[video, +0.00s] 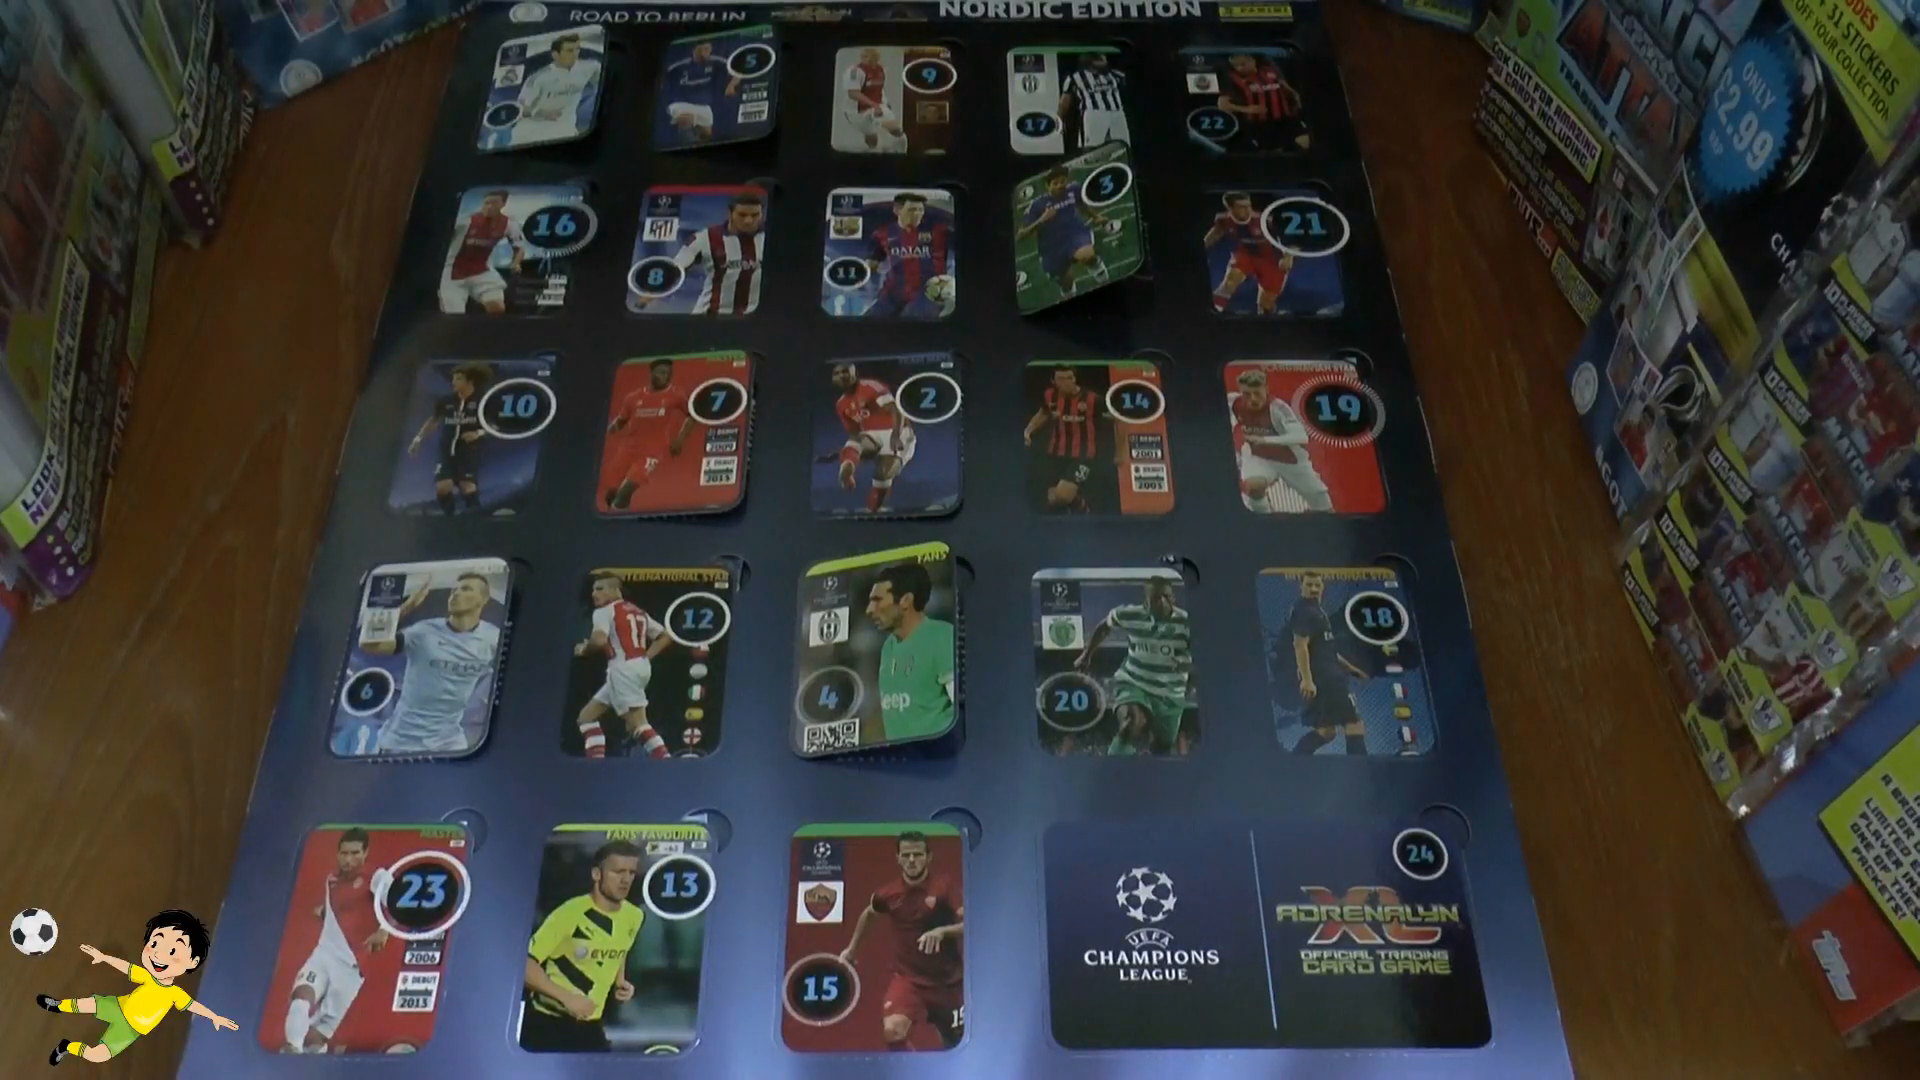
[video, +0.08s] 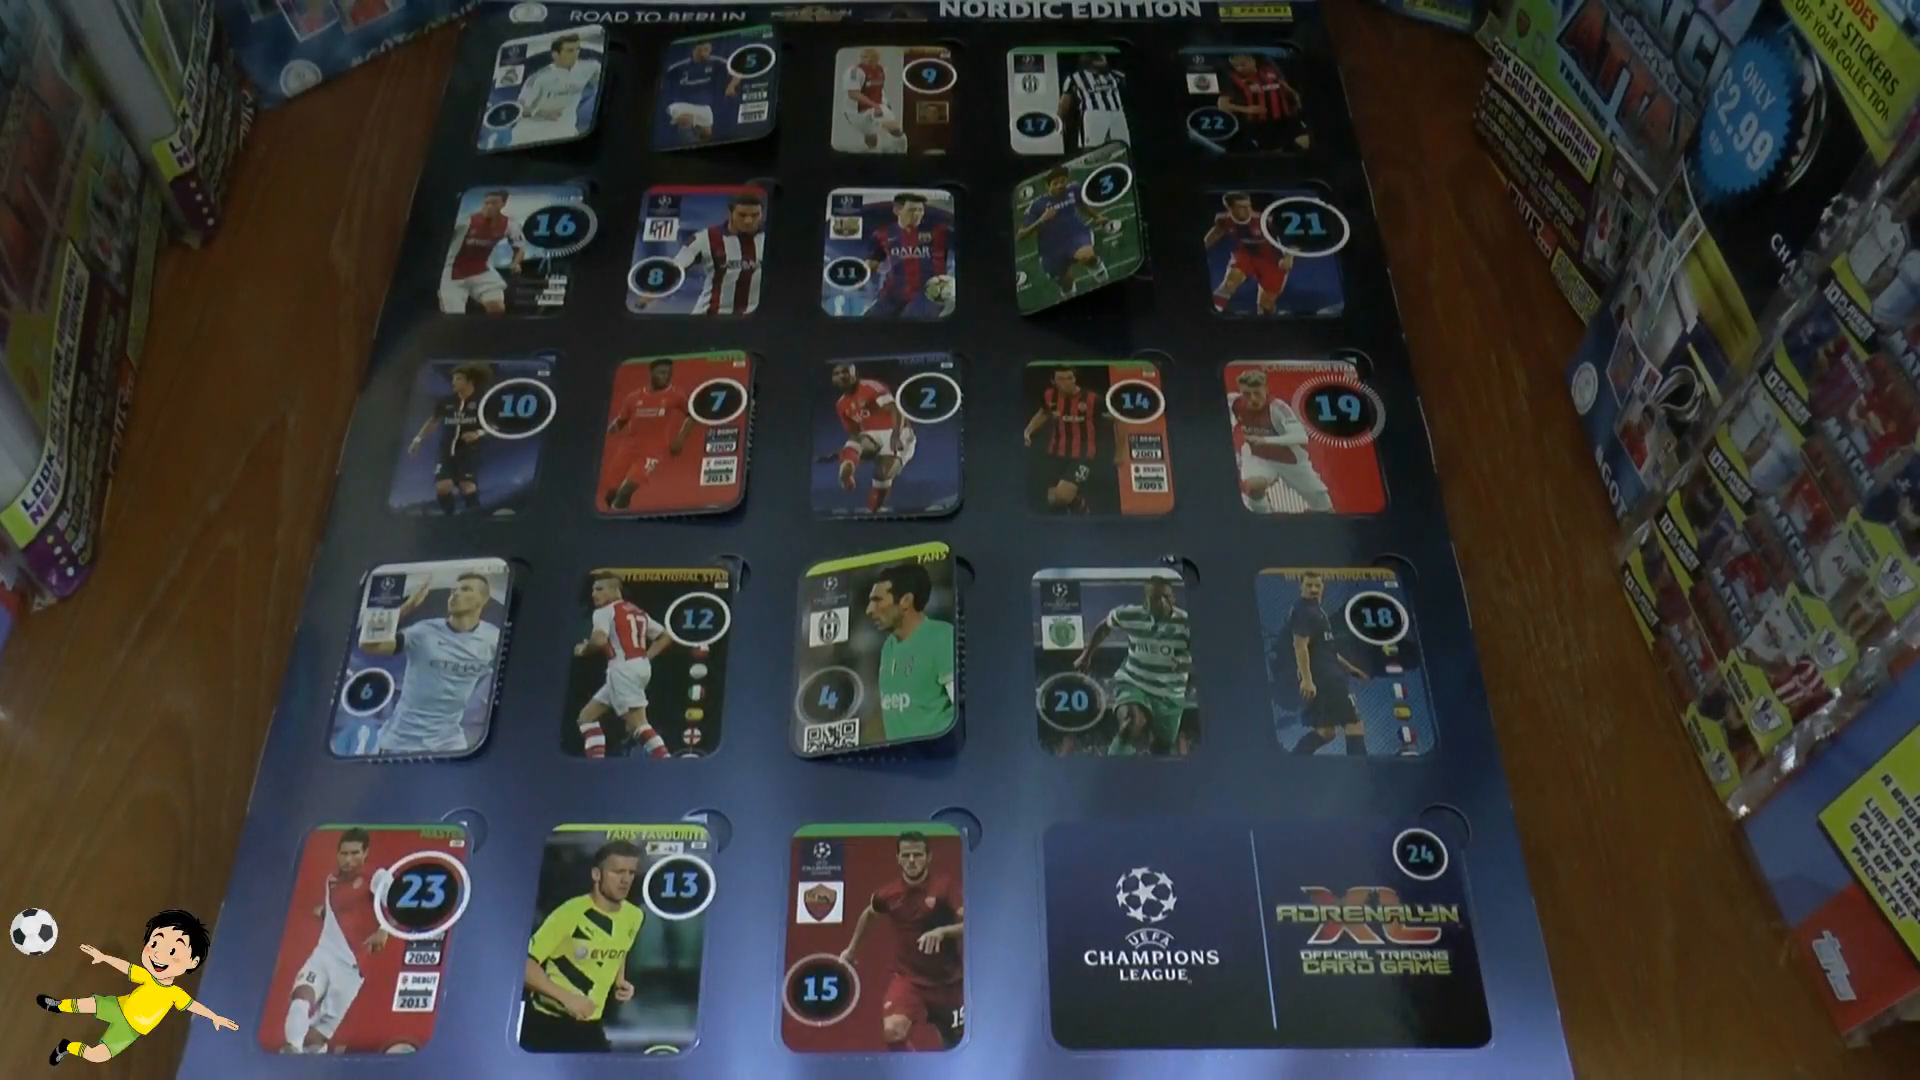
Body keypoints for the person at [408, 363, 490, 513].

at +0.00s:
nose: (454, 383)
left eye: (458, 379)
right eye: (453, 379)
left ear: (469, 382)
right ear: (452, 382)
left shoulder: (480, 403)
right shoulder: (446, 402)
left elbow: (492, 424)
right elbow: (433, 421)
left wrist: (477, 434)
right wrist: (418, 440)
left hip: (467, 451)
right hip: (446, 451)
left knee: (467, 484)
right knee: (442, 487)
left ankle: (476, 519)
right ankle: (450, 520)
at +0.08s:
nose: (454, 383)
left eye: (458, 379)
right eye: (454, 379)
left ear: (469, 383)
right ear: (452, 382)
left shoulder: (480, 403)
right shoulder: (446, 402)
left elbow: (492, 424)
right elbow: (433, 421)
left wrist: (477, 434)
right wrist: (418, 439)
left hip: (468, 452)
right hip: (446, 452)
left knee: (467, 485)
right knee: (442, 487)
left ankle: (476, 520)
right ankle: (450, 520)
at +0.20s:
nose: (454, 383)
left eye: (458, 379)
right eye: (454, 379)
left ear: (469, 383)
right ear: (452, 382)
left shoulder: (480, 403)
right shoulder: (446, 402)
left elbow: (492, 424)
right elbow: (433, 421)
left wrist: (477, 434)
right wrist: (418, 439)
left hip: (468, 452)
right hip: (446, 453)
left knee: (467, 486)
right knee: (443, 487)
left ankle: (476, 520)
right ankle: (450, 520)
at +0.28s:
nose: (454, 383)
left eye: (458, 379)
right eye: (454, 379)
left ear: (469, 383)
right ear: (452, 382)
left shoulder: (480, 403)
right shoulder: (447, 402)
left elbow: (492, 424)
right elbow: (433, 422)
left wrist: (477, 434)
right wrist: (418, 440)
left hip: (468, 452)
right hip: (446, 453)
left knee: (467, 486)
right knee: (443, 488)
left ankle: (476, 520)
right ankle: (451, 521)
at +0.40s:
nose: (455, 385)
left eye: (459, 381)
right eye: (454, 381)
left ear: (470, 385)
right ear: (453, 384)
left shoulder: (481, 405)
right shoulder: (446, 404)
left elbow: (492, 426)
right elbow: (433, 423)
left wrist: (478, 436)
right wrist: (418, 442)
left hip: (468, 453)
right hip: (446, 453)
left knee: (467, 487)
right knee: (443, 489)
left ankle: (476, 521)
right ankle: (451, 521)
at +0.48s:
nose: (454, 386)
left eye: (459, 382)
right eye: (454, 382)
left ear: (470, 386)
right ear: (453, 385)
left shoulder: (481, 406)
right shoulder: (446, 405)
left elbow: (493, 428)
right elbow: (433, 425)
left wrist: (478, 437)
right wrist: (418, 443)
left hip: (468, 454)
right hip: (446, 454)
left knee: (467, 487)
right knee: (443, 490)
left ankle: (476, 522)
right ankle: (450, 522)